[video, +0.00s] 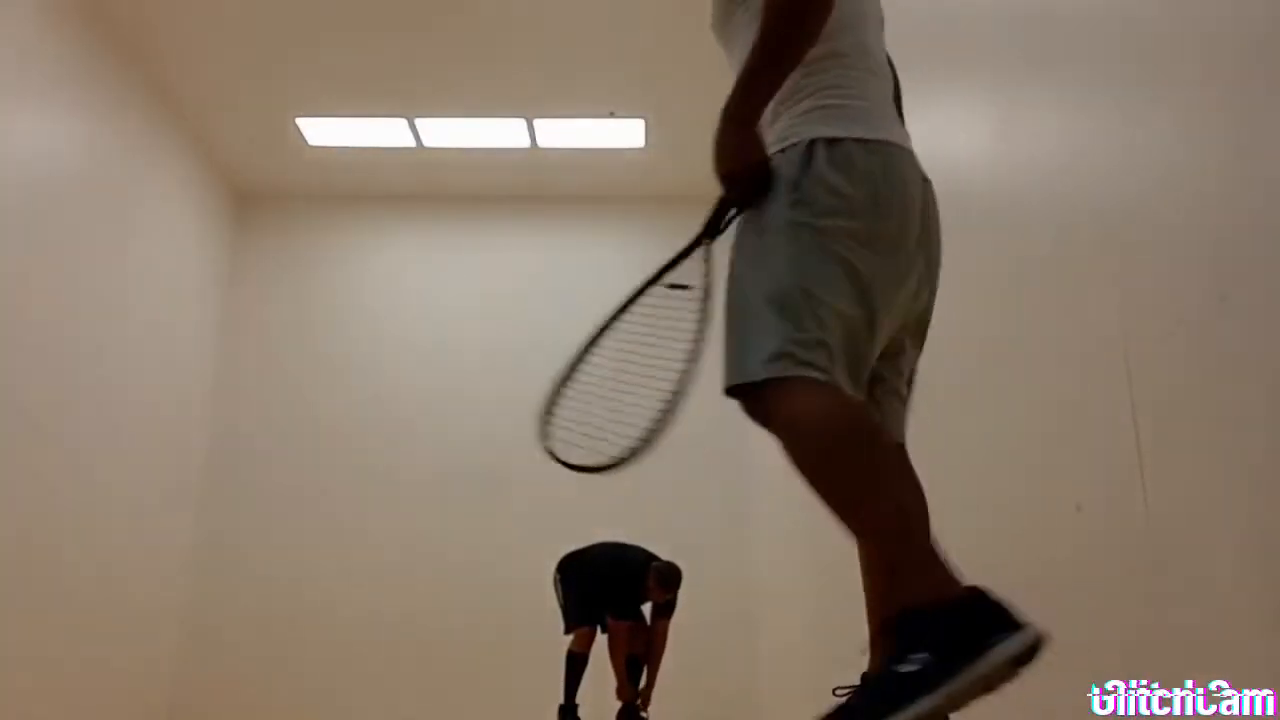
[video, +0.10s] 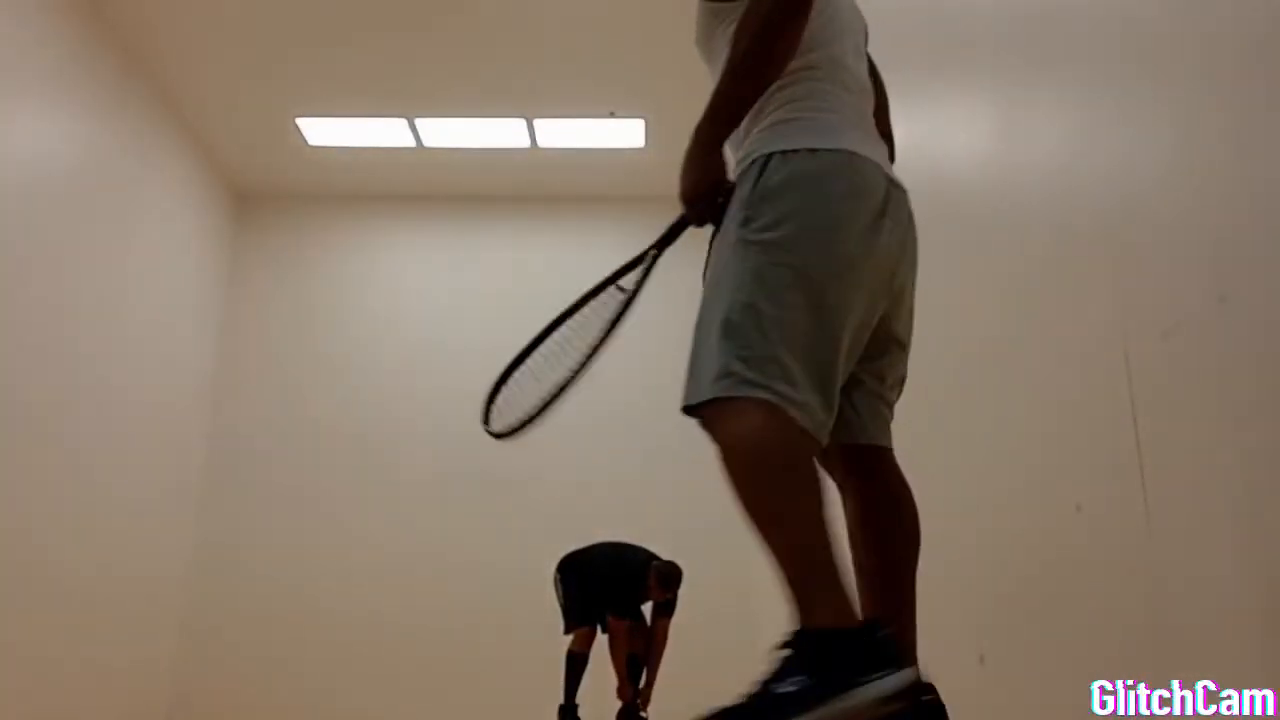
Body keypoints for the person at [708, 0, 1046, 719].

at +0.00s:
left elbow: (809, 2)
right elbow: (876, 75)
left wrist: (737, 120)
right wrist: (771, 156)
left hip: (829, 155)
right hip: (900, 180)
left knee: (782, 379)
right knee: (872, 433)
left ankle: (944, 610)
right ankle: (897, 663)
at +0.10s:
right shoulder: (837, 16)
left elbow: (786, 6)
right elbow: (874, 130)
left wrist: (706, 140)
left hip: (803, 174)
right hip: (878, 197)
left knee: (742, 400)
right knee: (859, 442)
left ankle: (830, 638)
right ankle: (896, 677)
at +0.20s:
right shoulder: (816, 19)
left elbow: (751, 18)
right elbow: (857, 136)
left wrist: (680, 162)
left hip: (774, 192)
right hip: (857, 213)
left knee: (690, 414)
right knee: (842, 447)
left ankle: (713, 660)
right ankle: (892, 682)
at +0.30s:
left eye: (663, 15)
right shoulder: (789, 26)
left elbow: (714, 50)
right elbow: (833, 159)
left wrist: (664, 185)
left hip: (743, 199)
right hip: (830, 220)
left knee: (646, 421)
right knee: (827, 452)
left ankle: (598, 675)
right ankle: (889, 682)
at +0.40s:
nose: (624, 32)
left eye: (624, 26)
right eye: (625, 37)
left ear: (639, 8)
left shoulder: (666, 7)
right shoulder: (755, 35)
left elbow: (672, 77)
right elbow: (801, 169)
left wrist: (633, 209)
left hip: (707, 209)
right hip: (792, 228)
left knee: (608, 440)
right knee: (806, 455)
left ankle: (521, 672)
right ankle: (884, 683)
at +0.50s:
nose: (574, 39)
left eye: (577, 24)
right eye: (573, 34)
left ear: (604, 1)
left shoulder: (615, 1)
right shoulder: (713, 43)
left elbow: (615, 106)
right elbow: (756, 172)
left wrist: (585, 236)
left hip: (653, 223)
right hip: (745, 238)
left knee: (573, 453)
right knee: (769, 461)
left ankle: (503, 683)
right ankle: (875, 673)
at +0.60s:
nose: (516, 33)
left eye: (522, 19)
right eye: (517, 25)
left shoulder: (556, 11)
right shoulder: (668, 42)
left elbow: (552, 128)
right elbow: (707, 169)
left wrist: (531, 238)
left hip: (611, 216)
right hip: (697, 233)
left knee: (545, 451)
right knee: (692, 461)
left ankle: (499, 685)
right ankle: (830, 636)